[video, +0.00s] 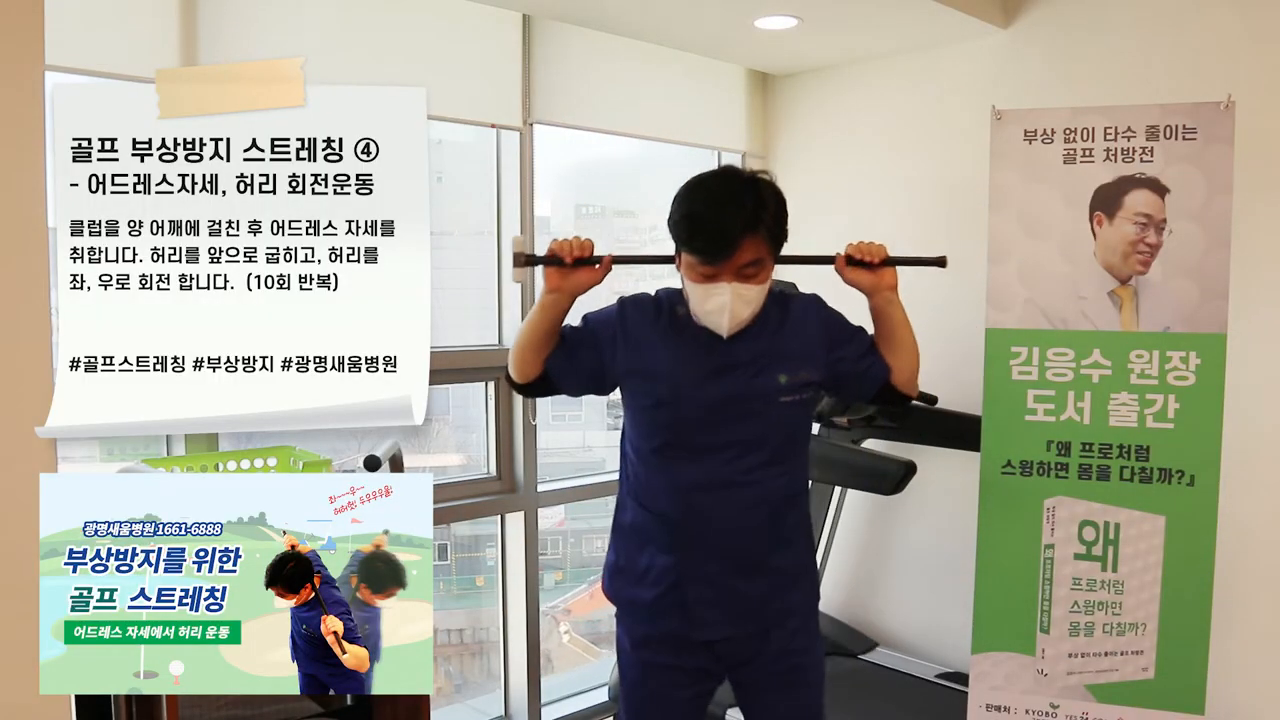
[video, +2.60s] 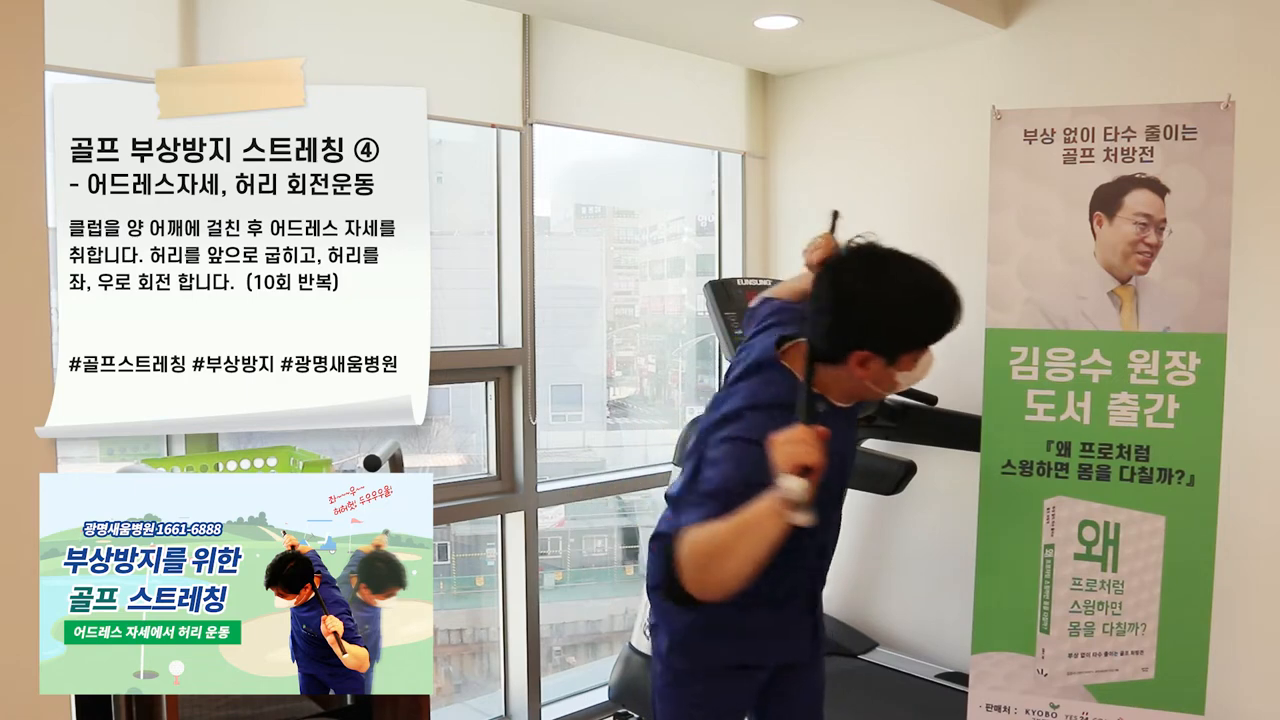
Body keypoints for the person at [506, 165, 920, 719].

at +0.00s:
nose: (726, 292)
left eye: (750, 272)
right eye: (706, 273)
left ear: (774, 261)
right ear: (679, 258)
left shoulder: (805, 324)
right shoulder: (636, 327)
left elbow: (900, 380)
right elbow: (526, 371)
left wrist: (884, 296)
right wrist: (556, 296)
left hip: (775, 610)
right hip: (658, 610)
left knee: (793, 711)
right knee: (652, 711)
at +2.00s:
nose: (788, 344)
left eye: (806, 323)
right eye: (763, 330)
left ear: (821, 303)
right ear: (719, 314)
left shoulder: (846, 358)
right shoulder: (671, 368)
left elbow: (927, 393)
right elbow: (557, 418)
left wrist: (927, 336)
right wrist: (587, 365)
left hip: (802, 624)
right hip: (685, 625)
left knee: (809, 714)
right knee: (669, 715)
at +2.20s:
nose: (825, 375)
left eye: (836, 354)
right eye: (806, 360)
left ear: (848, 328)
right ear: (752, 332)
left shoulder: (848, 361)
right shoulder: (682, 386)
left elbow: (895, 358)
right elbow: (555, 461)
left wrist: (907, 314)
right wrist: (609, 407)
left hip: (803, 620)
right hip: (692, 624)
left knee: (807, 714)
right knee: (676, 713)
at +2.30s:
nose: (859, 369)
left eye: (869, 351)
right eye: (843, 357)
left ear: (875, 325)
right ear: (783, 340)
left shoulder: (849, 371)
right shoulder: (703, 401)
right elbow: (578, 499)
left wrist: (861, 289)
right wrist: (649, 436)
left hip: (800, 618)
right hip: (695, 627)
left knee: (805, 713)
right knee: (680, 711)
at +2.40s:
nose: (881, 361)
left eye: (883, 348)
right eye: (867, 355)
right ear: (809, 350)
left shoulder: (833, 365)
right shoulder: (723, 398)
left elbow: (891, 369)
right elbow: (606, 527)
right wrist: (684, 463)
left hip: (800, 620)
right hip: (700, 630)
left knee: (802, 713)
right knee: (682, 712)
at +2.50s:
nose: (898, 374)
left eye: (903, 361)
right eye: (892, 364)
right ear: (844, 360)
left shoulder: (813, 331)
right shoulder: (740, 408)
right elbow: (659, 561)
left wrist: (883, 372)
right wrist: (744, 488)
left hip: (796, 629)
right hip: (704, 644)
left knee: (799, 712)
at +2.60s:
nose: (920, 365)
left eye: (921, 355)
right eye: (914, 360)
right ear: (865, 367)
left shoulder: (796, 334)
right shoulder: (752, 427)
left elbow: (768, 302)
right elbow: (697, 578)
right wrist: (785, 500)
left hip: (793, 627)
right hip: (710, 647)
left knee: (797, 711)